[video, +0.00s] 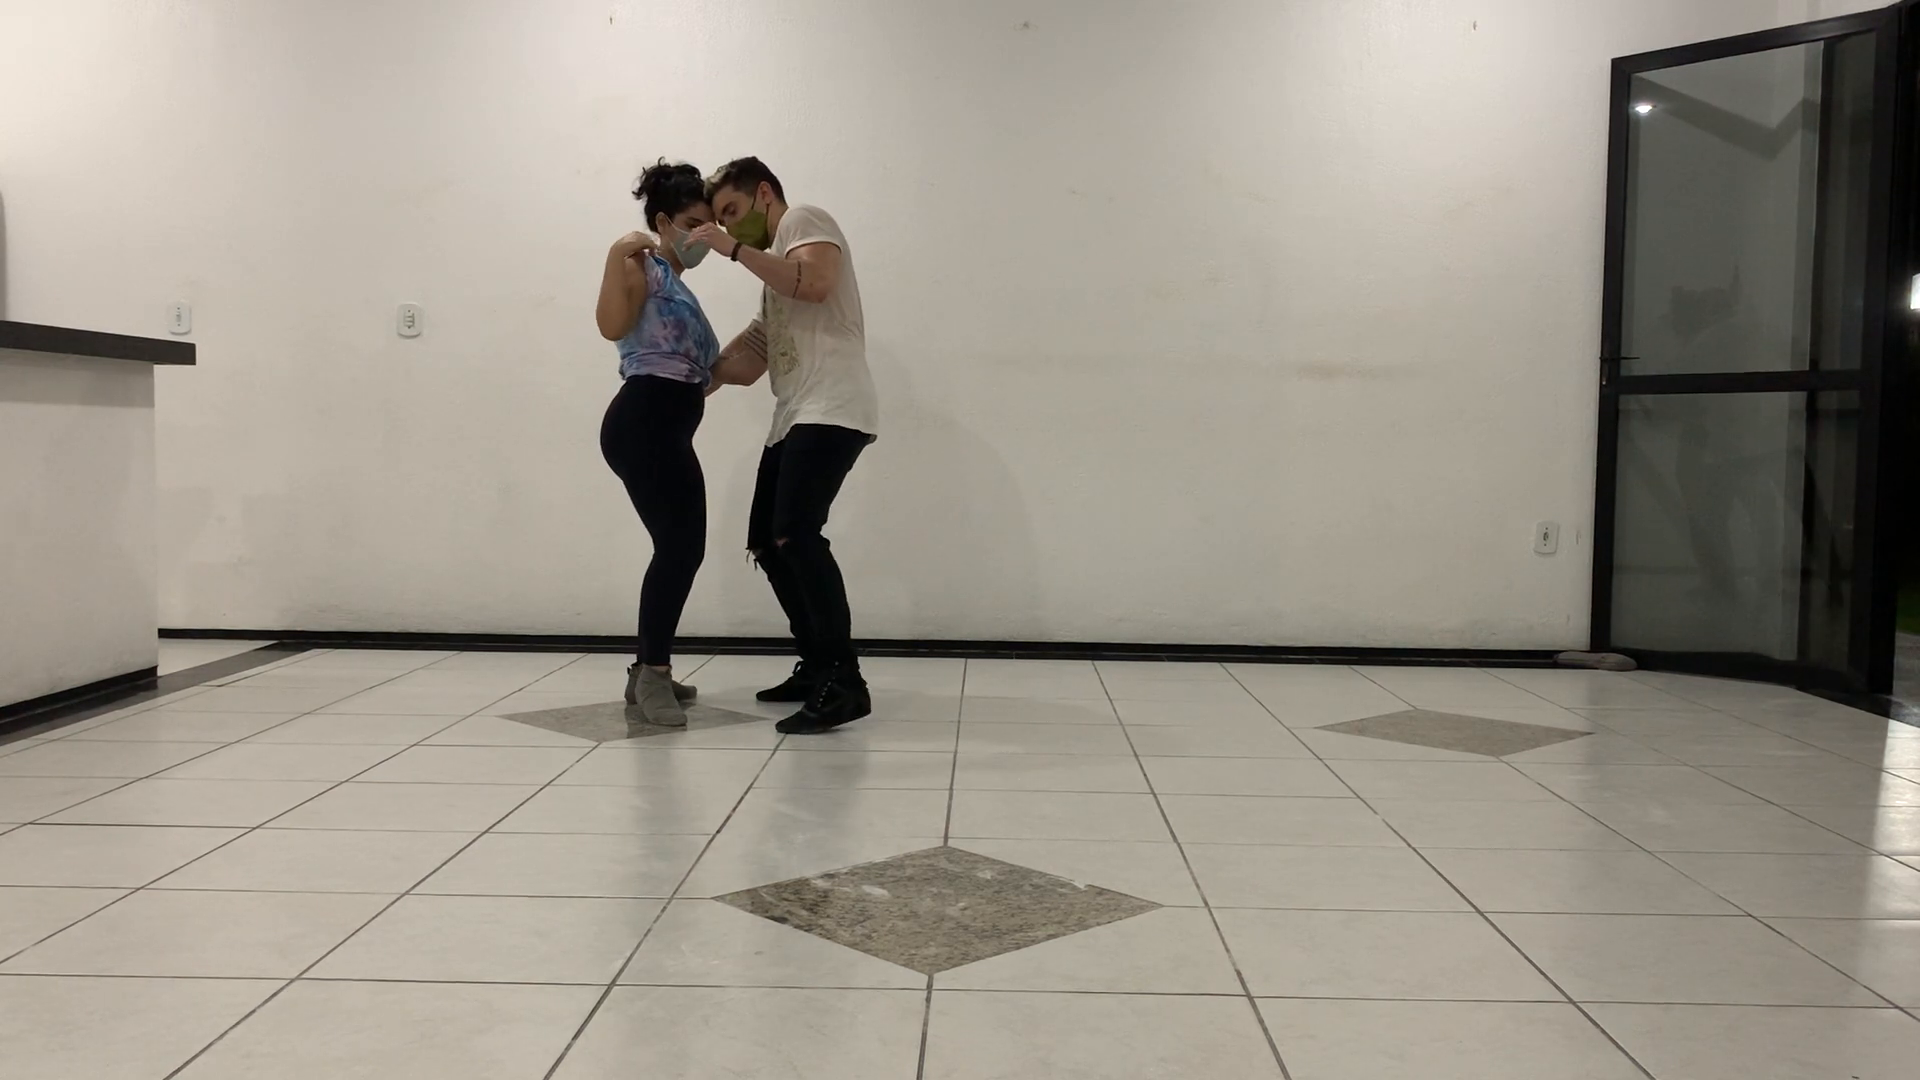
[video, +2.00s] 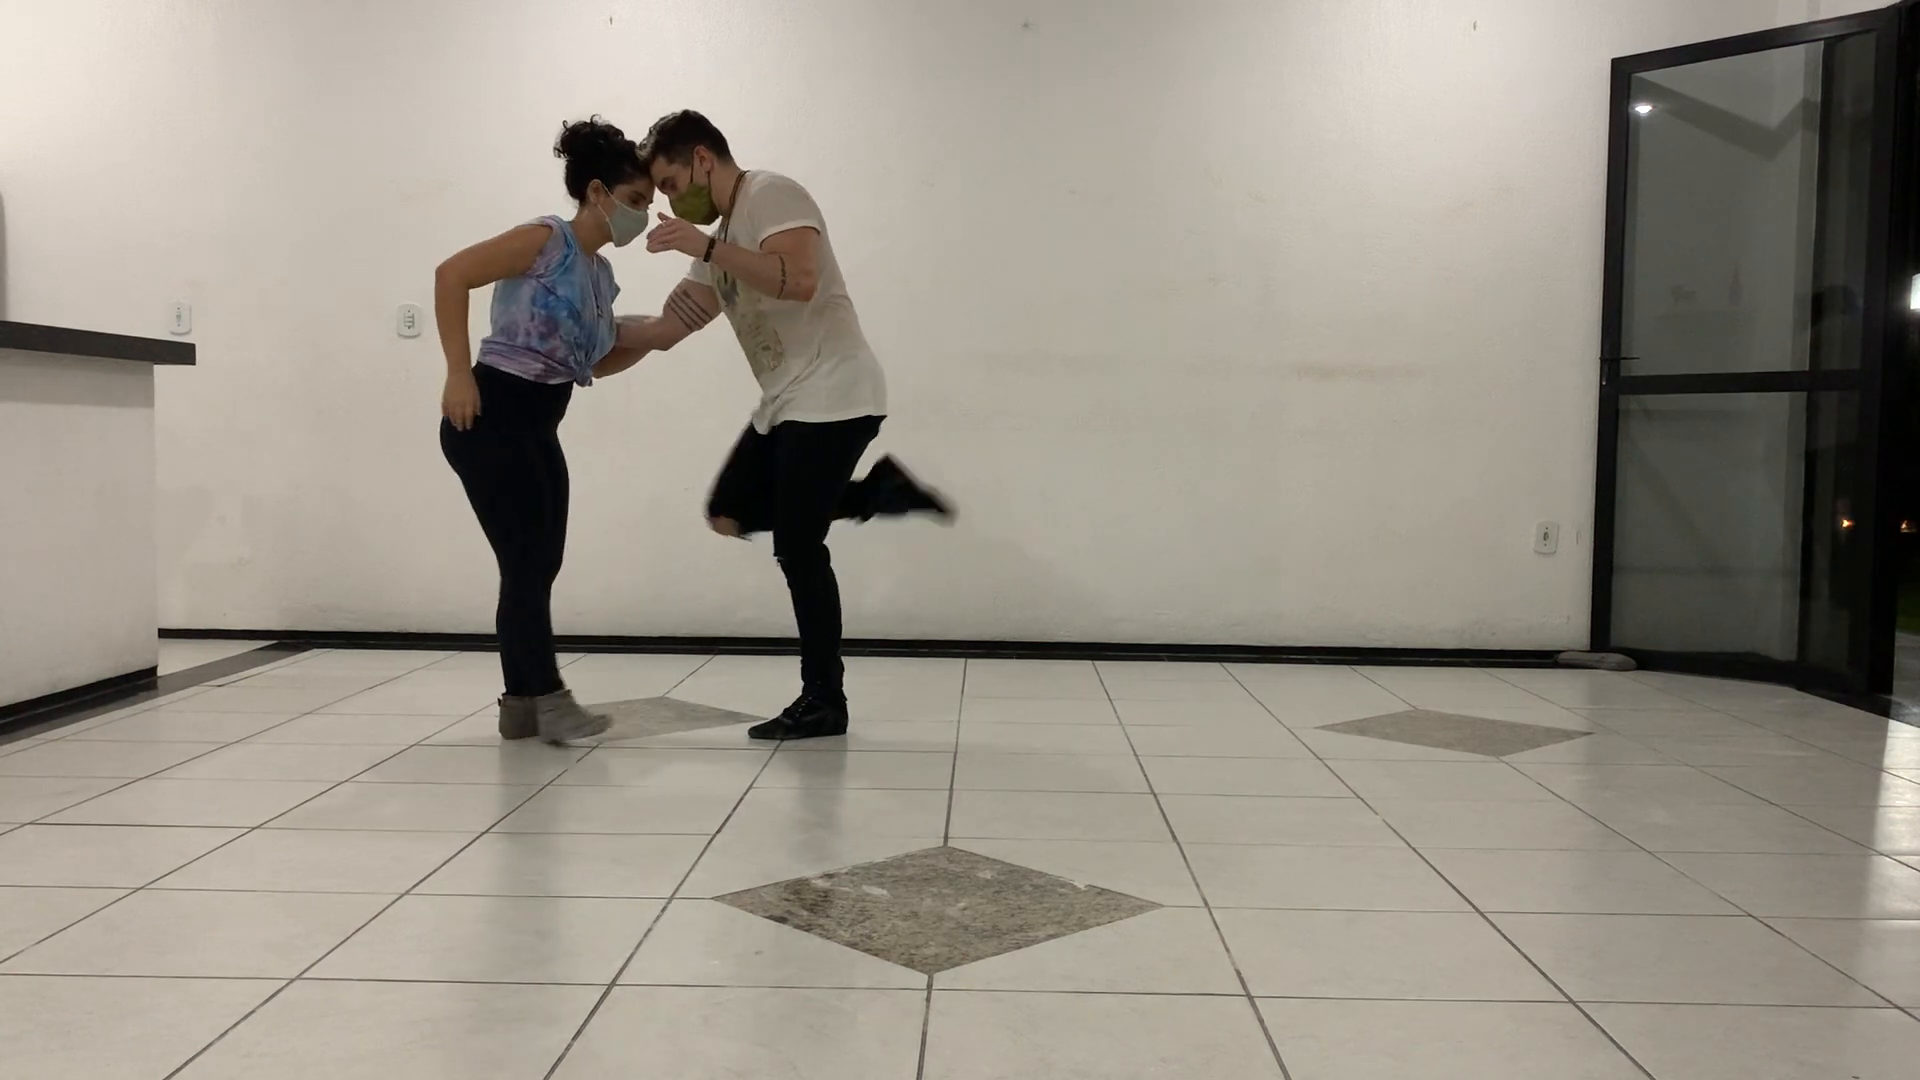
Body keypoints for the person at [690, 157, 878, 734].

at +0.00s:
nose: (730, 231)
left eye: (732, 214)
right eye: (722, 222)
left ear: (766, 194)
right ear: (748, 214)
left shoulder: (808, 220)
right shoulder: (775, 285)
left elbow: (812, 284)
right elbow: (744, 364)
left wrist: (735, 249)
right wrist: (682, 362)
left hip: (834, 406)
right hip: (794, 415)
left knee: (795, 532)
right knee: (767, 541)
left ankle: (845, 682)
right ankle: (816, 665)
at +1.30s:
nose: (707, 197)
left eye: (708, 181)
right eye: (701, 188)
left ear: (739, 159)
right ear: (741, 166)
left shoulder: (792, 192)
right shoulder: (772, 233)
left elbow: (786, 282)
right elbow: (709, 312)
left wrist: (697, 240)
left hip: (867, 392)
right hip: (864, 395)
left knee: (844, 541)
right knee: (858, 542)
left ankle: (831, 699)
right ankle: (833, 695)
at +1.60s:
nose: (689, 204)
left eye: (689, 189)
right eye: (683, 195)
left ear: (720, 165)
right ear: (722, 171)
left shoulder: (780, 196)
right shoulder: (756, 234)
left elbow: (798, 281)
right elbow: (682, 306)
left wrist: (702, 254)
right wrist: (596, 319)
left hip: (860, 396)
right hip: (874, 393)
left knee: (842, 551)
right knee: (895, 540)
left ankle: (824, 701)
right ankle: (928, 690)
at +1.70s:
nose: (683, 203)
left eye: (684, 185)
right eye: (676, 193)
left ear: (714, 160)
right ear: (714, 169)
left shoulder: (778, 193)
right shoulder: (745, 240)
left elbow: (801, 275)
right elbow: (675, 310)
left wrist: (705, 250)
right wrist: (590, 320)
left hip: (855, 396)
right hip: (853, 397)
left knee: (835, 546)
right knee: (873, 536)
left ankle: (825, 699)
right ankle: (963, 665)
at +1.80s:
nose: (677, 203)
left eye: (677, 186)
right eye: (672, 194)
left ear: (711, 163)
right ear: (709, 172)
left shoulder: (776, 193)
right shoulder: (739, 241)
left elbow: (802, 273)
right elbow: (670, 316)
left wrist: (703, 244)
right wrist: (577, 320)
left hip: (852, 393)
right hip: (824, 400)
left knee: (825, 543)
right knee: (832, 540)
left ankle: (825, 703)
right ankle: (978, 579)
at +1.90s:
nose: (672, 201)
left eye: (673, 184)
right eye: (666, 192)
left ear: (707, 160)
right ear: (701, 171)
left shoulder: (774, 194)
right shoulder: (730, 245)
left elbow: (801, 274)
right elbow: (667, 322)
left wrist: (707, 245)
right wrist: (583, 350)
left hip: (847, 392)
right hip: (804, 402)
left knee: (812, 537)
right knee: (783, 534)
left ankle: (824, 701)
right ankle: (930, 496)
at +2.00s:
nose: (670, 201)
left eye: (671, 185)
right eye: (664, 191)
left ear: (704, 160)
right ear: (702, 168)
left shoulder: (773, 195)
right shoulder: (726, 240)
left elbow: (800, 280)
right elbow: (665, 328)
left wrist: (704, 246)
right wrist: (578, 347)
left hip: (836, 395)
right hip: (788, 401)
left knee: (798, 540)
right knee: (729, 512)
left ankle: (824, 702)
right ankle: (873, 496)